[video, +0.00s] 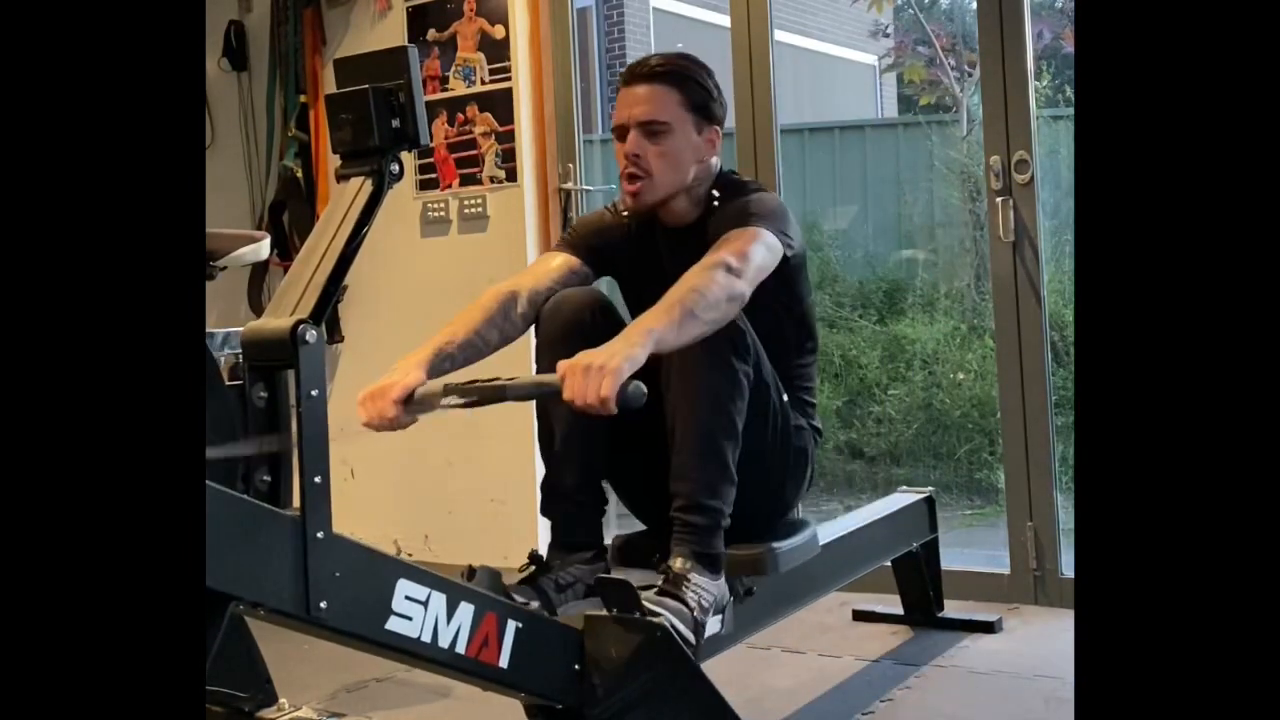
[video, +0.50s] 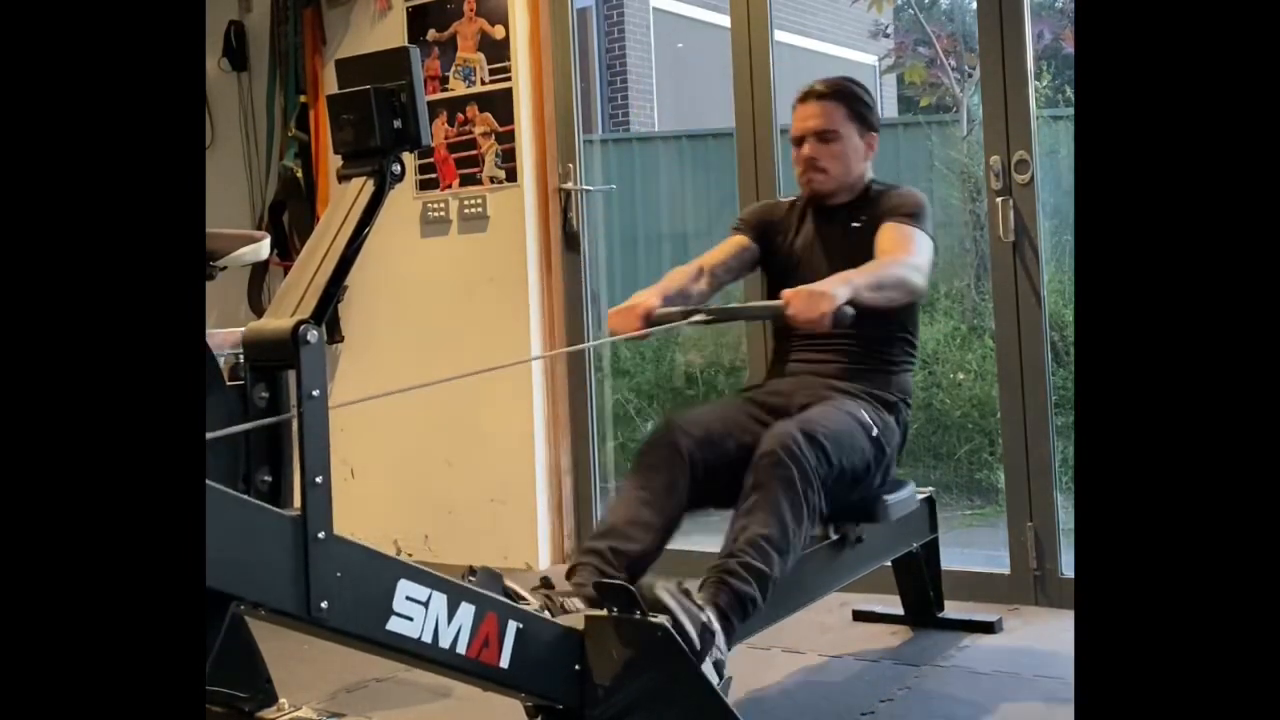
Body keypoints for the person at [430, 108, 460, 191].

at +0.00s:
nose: (446, 117)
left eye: (446, 115)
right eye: (445, 115)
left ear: (443, 115)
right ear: (440, 115)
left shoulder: (443, 125)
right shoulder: (437, 124)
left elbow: (453, 132)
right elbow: (438, 138)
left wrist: (457, 122)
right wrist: (442, 151)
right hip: (440, 148)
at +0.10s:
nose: (446, 117)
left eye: (446, 115)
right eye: (445, 115)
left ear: (443, 115)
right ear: (440, 115)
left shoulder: (443, 125)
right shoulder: (437, 124)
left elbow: (453, 132)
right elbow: (438, 138)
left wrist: (457, 122)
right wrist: (442, 151)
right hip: (440, 149)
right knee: (454, 176)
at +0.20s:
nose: (446, 117)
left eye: (446, 115)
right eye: (445, 115)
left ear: (443, 115)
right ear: (440, 115)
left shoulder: (443, 125)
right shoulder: (437, 124)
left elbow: (453, 132)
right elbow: (438, 138)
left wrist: (457, 122)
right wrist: (442, 151)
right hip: (440, 149)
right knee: (454, 176)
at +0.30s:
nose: (446, 117)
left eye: (446, 115)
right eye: (445, 115)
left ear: (443, 115)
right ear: (440, 115)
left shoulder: (443, 125)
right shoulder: (437, 124)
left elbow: (453, 132)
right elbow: (438, 138)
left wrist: (457, 122)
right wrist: (442, 151)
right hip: (440, 148)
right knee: (454, 176)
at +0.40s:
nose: (446, 118)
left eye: (446, 115)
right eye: (444, 115)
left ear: (443, 116)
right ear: (440, 116)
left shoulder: (443, 125)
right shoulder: (437, 124)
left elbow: (453, 132)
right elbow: (438, 139)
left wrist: (457, 122)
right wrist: (442, 151)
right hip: (440, 148)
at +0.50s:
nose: (446, 117)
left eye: (446, 115)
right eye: (445, 115)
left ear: (443, 116)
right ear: (440, 115)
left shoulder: (443, 125)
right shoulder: (437, 124)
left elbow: (453, 132)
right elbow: (438, 138)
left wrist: (457, 122)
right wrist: (442, 151)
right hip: (440, 148)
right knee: (454, 176)